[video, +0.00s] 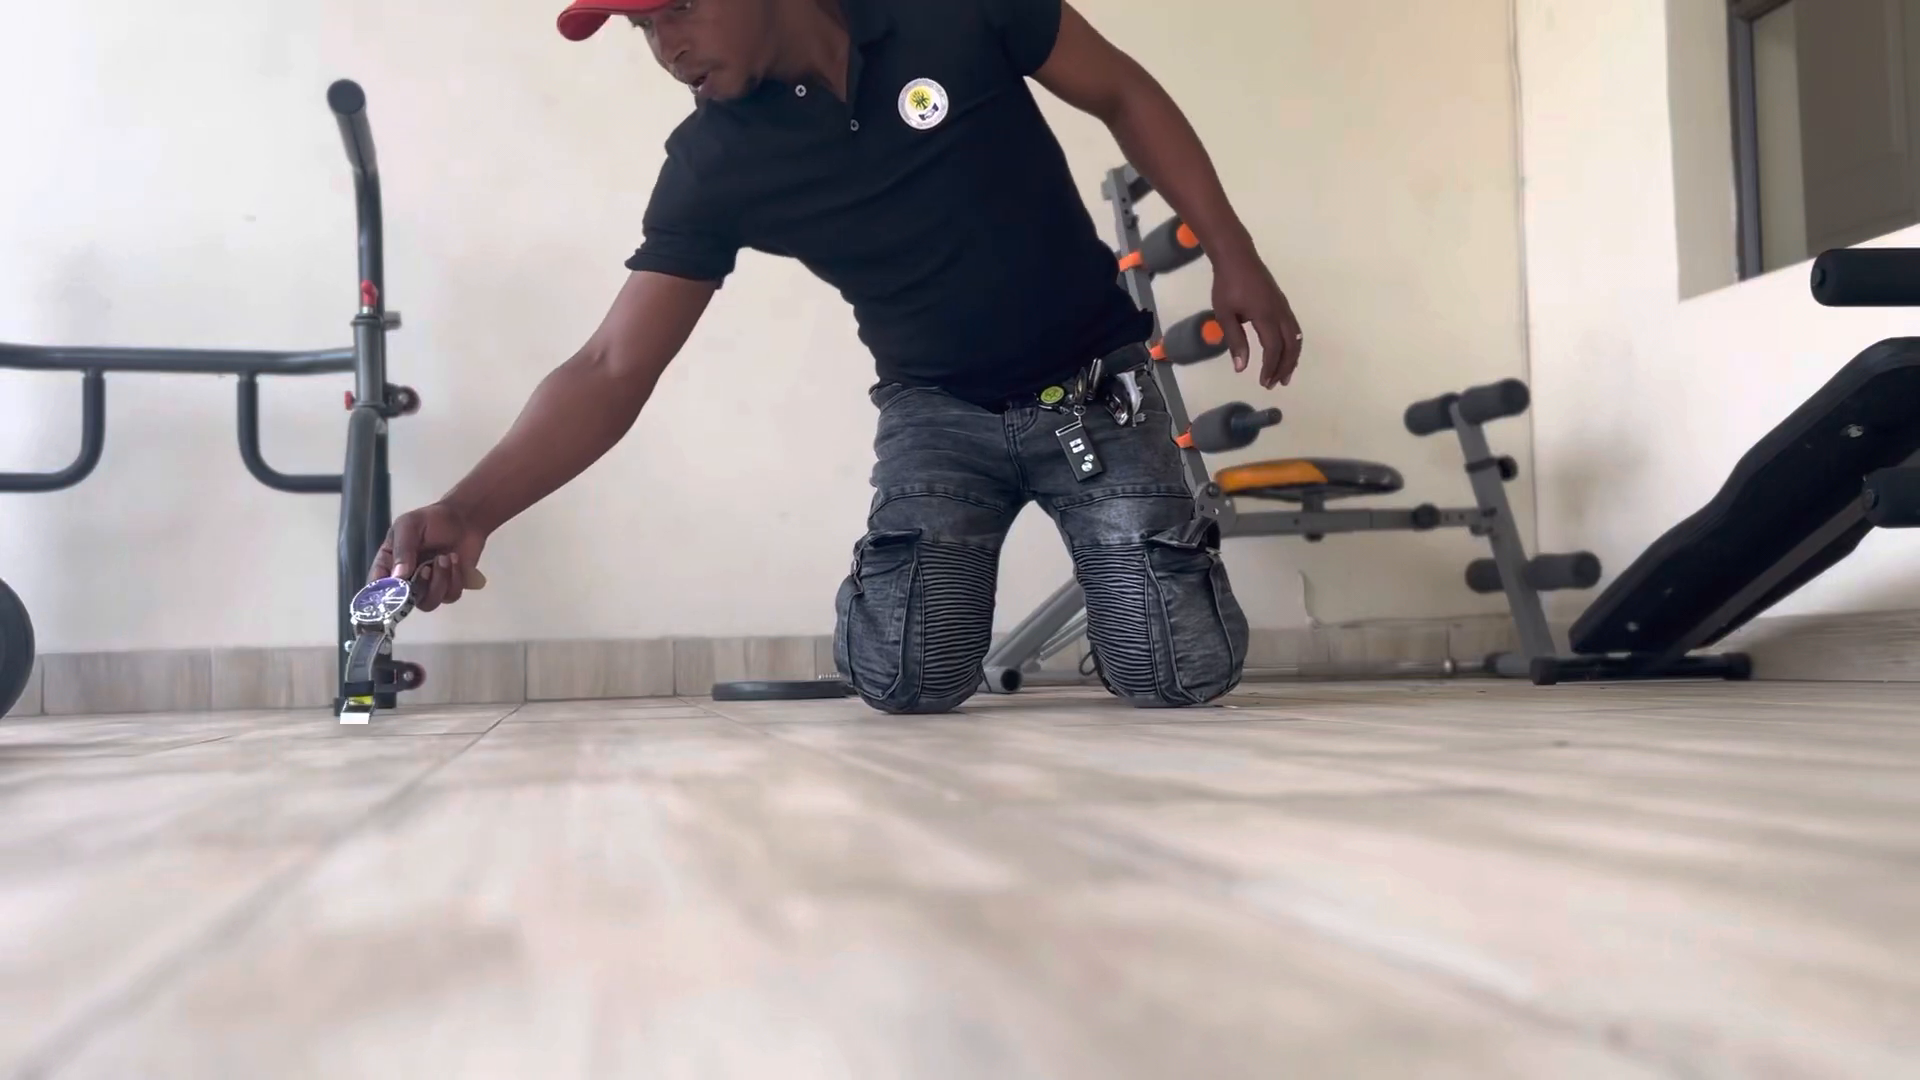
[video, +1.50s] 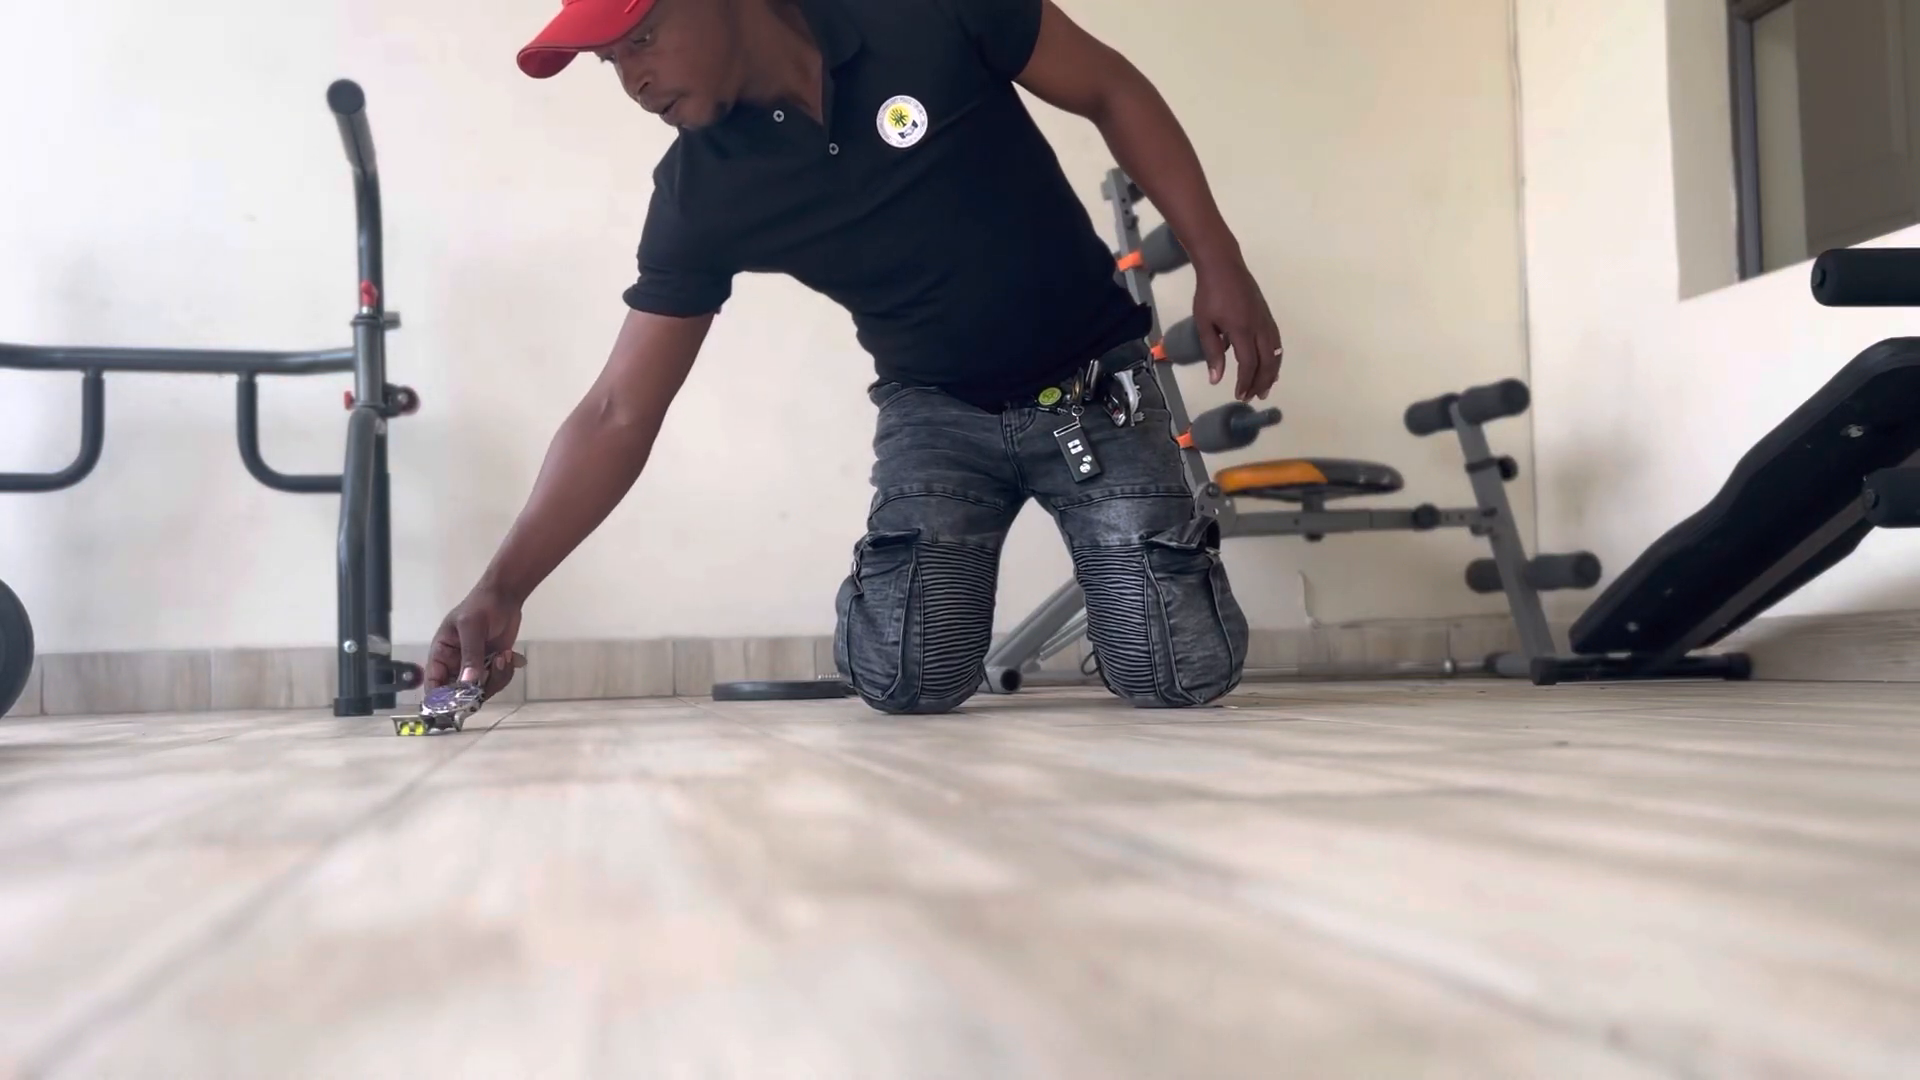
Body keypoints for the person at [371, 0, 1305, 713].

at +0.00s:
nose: (660, 51)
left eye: (668, 17)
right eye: (643, 33)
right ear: (661, 37)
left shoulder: (957, 17)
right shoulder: (714, 164)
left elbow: (1124, 92)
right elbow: (608, 369)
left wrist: (1234, 255)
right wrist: (466, 512)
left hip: (1101, 387)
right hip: (937, 413)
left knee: (1187, 670)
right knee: (905, 676)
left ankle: (1127, 613)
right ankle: (941, 625)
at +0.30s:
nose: (641, 71)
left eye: (653, 34)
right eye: (624, 50)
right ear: (634, 49)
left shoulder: (936, 14)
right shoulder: (708, 180)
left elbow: (1115, 89)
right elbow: (614, 397)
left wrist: (1232, 253)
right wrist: (483, 544)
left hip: (1094, 378)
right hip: (933, 410)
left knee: (1190, 668)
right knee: (906, 675)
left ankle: (1117, 616)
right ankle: (955, 623)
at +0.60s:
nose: (638, 75)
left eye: (648, 36)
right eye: (621, 55)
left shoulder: (933, 16)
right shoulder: (706, 184)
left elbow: (1116, 91)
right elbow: (622, 409)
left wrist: (1226, 258)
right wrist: (500, 567)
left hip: (1096, 378)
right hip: (934, 410)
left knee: (1187, 670)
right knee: (905, 677)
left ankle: (1123, 611)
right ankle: (949, 622)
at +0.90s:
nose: (639, 78)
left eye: (647, 38)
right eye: (617, 60)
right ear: (615, 61)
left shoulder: (930, 16)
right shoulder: (704, 186)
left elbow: (1114, 90)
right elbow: (616, 412)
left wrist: (1224, 258)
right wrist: (497, 578)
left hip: (1097, 379)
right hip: (935, 409)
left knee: (1185, 673)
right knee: (908, 675)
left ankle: (1125, 603)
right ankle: (942, 622)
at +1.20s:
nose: (635, 79)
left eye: (642, 39)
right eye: (614, 62)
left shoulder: (929, 17)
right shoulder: (703, 188)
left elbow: (1114, 90)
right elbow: (614, 414)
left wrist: (1223, 260)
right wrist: (496, 584)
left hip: (1101, 379)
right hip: (936, 411)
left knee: (1187, 670)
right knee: (908, 671)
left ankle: (1124, 611)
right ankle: (945, 628)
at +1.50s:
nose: (633, 81)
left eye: (642, 39)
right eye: (612, 63)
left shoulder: (925, 17)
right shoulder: (701, 189)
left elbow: (1113, 90)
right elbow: (614, 416)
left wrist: (1218, 261)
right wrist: (500, 588)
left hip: (1096, 379)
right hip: (935, 409)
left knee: (1184, 673)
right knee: (913, 674)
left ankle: (1131, 604)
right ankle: (930, 624)